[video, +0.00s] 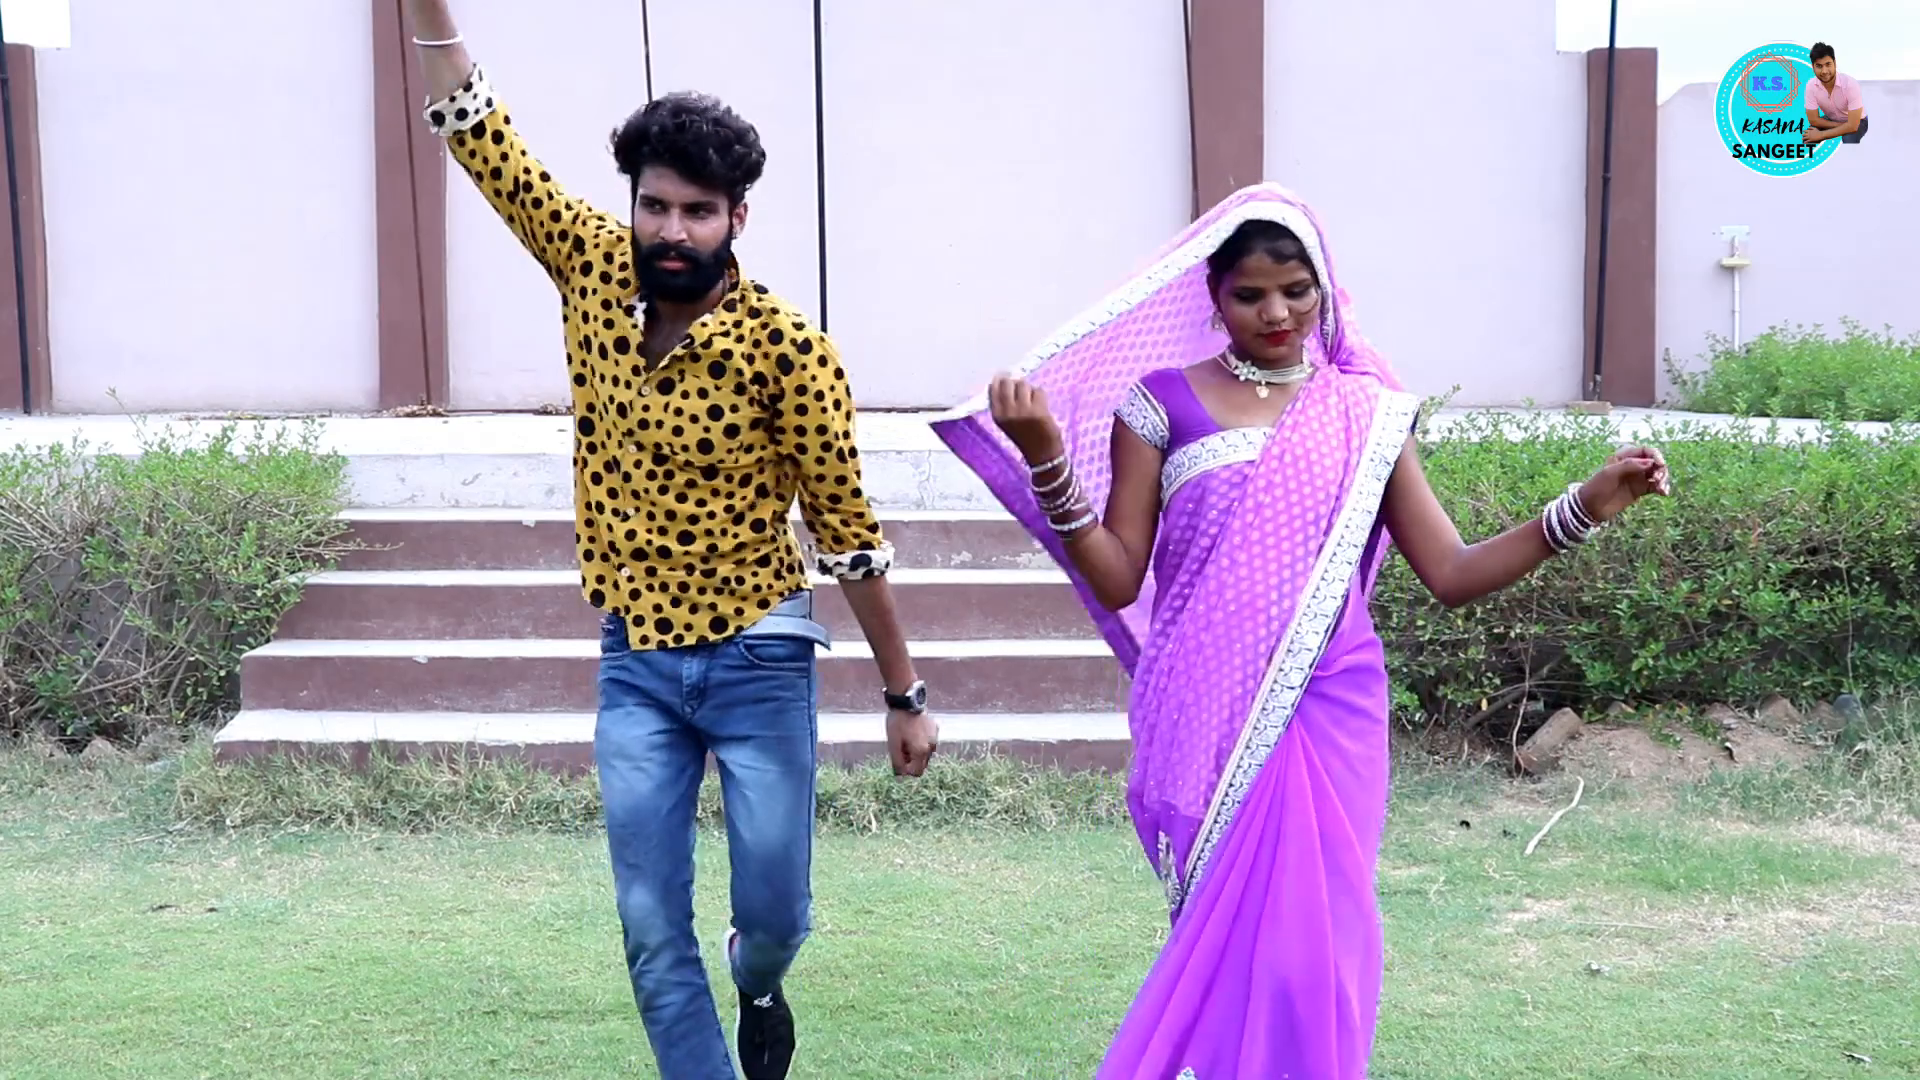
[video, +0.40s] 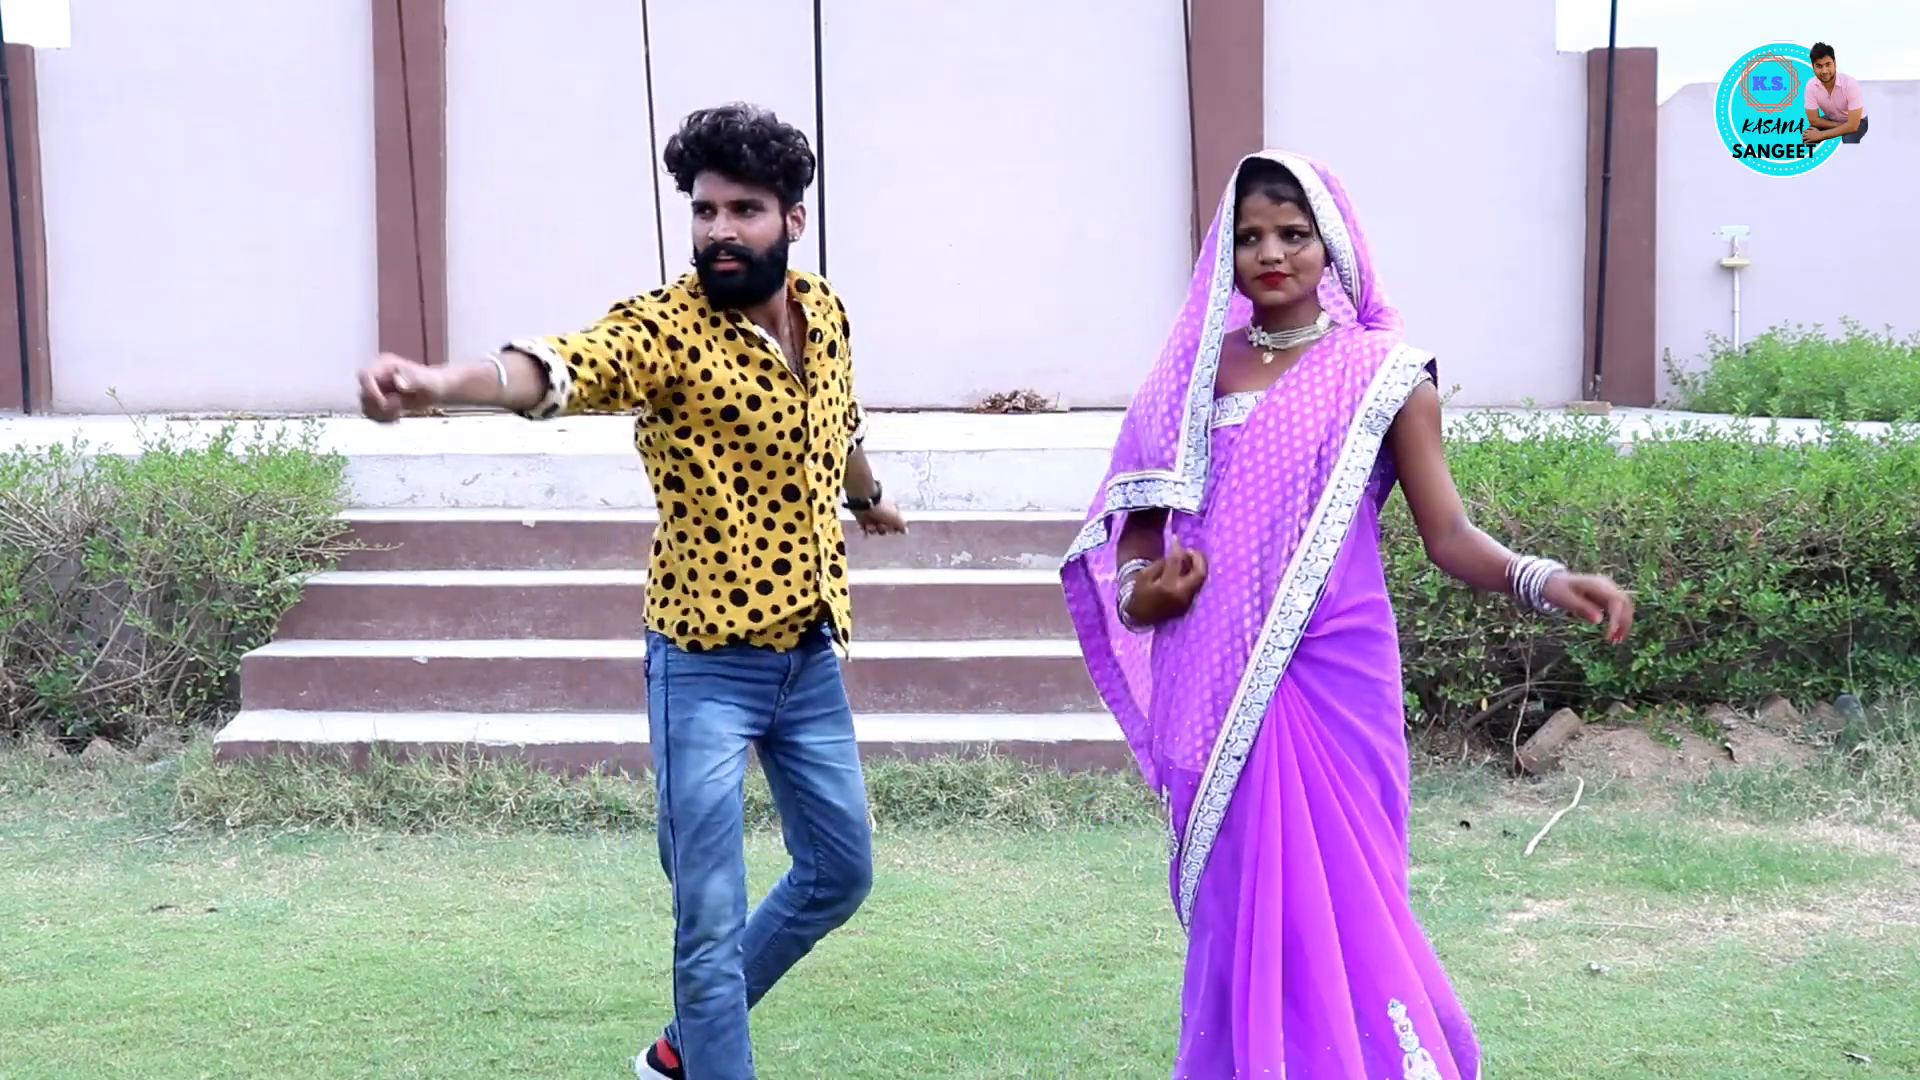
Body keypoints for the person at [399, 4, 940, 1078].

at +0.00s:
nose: (670, 231)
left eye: (695, 211)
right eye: (653, 206)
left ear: (736, 214)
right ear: (629, 203)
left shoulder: (789, 351)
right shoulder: (591, 269)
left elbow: (848, 536)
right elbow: (487, 148)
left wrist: (905, 692)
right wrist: (422, 8)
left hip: (762, 664)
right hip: (635, 667)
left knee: (775, 913)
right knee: (651, 928)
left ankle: (753, 994)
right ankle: (703, 1073)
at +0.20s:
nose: (683, 251)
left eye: (707, 232)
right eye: (669, 229)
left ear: (757, 241)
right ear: (652, 231)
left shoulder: (817, 353)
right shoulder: (611, 329)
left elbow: (873, 506)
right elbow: (462, 247)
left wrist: (933, 635)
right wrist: (339, 116)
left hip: (794, 689)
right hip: (665, 690)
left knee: (824, 921)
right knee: (667, 930)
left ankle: (717, 1047)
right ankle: (710, 1079)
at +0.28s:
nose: (694, 240)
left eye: (719, 219)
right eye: (679, 218)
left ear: (774, 230)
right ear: (664, 220)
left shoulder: (816, 334)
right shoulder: (631, 324)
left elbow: (860, 473)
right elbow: (487, 293)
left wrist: (917, 576)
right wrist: (350, 213)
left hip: (802, 672)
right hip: (682, 675)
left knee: (833, 899)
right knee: (687, 934)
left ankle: (682, 1027)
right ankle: (713, 1067)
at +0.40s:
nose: (719, 232)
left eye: (745, 211)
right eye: (703, 212)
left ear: (794, 219)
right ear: (689, 215)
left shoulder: (823, 315)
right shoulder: (664, 327)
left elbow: (839, 424)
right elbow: (552, 370)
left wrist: (873, 501)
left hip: (809, 655)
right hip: (703, 659)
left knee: (838, 869)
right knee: (711, 914)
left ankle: (687, 1041)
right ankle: (722, 1073)